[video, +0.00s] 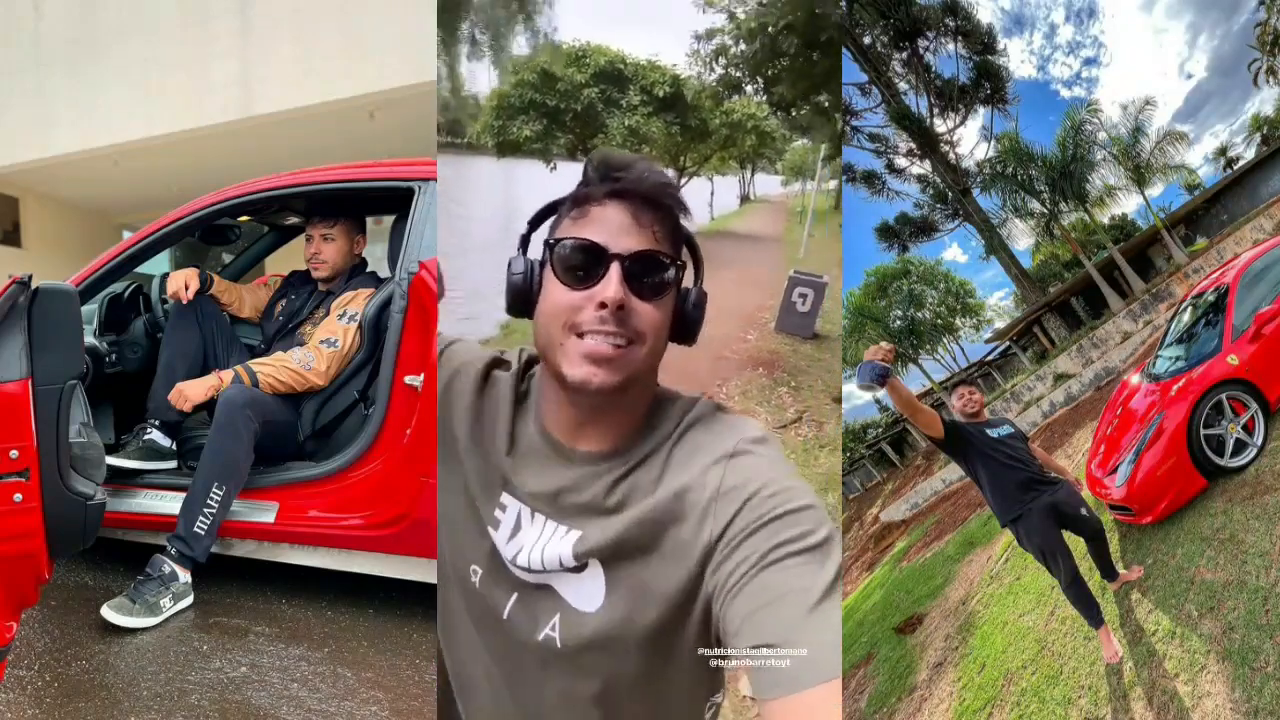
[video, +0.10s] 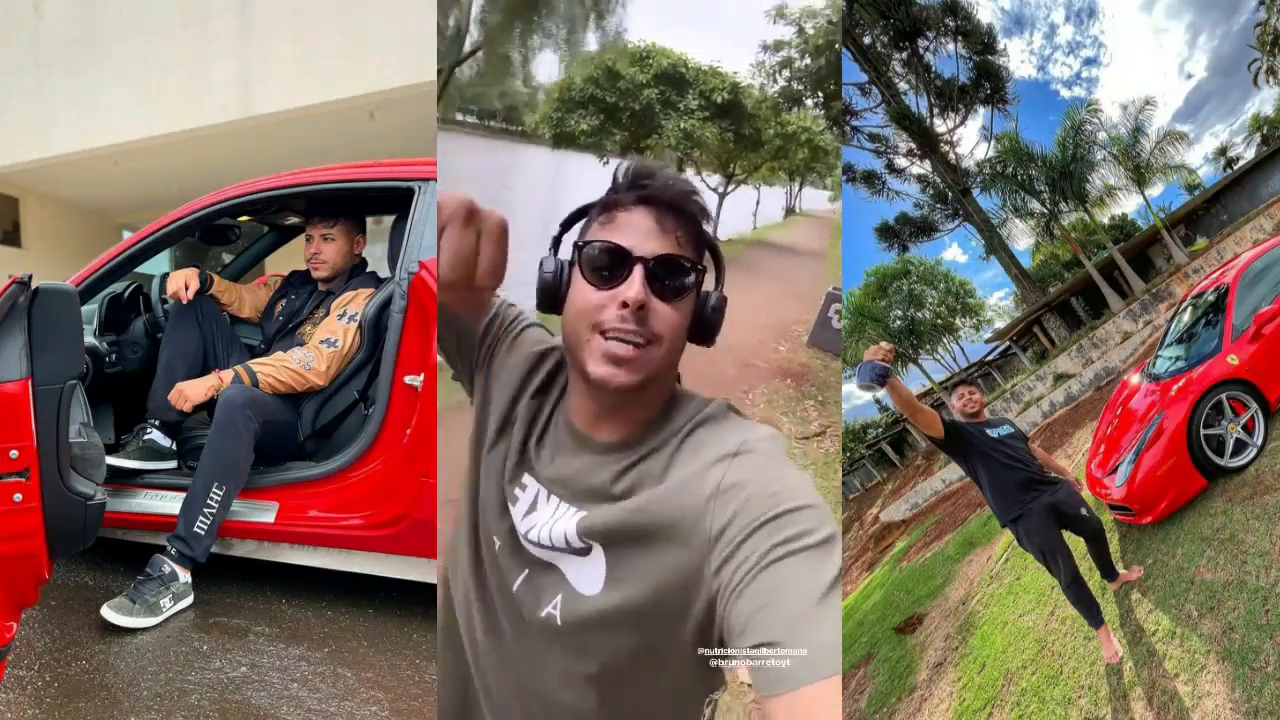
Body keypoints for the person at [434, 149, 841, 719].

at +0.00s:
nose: (610, 295)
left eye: (647, 274)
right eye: (580, 264)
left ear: (679, 311)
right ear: (532, 283)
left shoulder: (745, 498)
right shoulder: (464, 396)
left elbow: (809, 708)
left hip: (638, 708)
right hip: (467, 705)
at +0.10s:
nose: (633, 297)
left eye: (669, 278)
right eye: (607, 265)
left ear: (699, 310)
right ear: (563, 279)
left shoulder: (749, 495)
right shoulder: (515, 369)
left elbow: (809, 708)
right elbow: (460, 296)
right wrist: (457, 233)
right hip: (466, 704)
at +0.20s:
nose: (633, 295)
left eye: (669, 277)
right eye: (607, 267)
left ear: (703, 309)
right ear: (565, 284)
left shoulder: (753, 491)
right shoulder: (522, 364)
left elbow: (805, 708)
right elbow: (446, 256)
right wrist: (443, 160)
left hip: (624, 706)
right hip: (473, 702)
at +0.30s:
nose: (627, 281)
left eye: (664, 262)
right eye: (601, 253)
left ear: (699, 298)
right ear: (559, 271)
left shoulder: (750, 484)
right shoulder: (513, 357)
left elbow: (805, 706)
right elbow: (420, 228)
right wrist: (453, 129)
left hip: (625, 705)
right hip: (471, 699)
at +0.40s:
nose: (636, 280)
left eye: (673, 263)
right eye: (609, 252)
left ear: (708, 304)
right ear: (567, 274)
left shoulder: (761, 490)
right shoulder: (518, 360)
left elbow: (808, 706)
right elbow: (431, 228)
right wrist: (466, 115)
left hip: (628, 706)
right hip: (467, 702)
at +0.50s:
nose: (616, 292)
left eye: (651, 270)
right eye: (588, 267)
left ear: (689, 306)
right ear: (550, 293)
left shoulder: (760, 492)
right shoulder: (495, 393)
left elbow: (809, 706)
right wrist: (418, 188)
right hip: (485, 707)